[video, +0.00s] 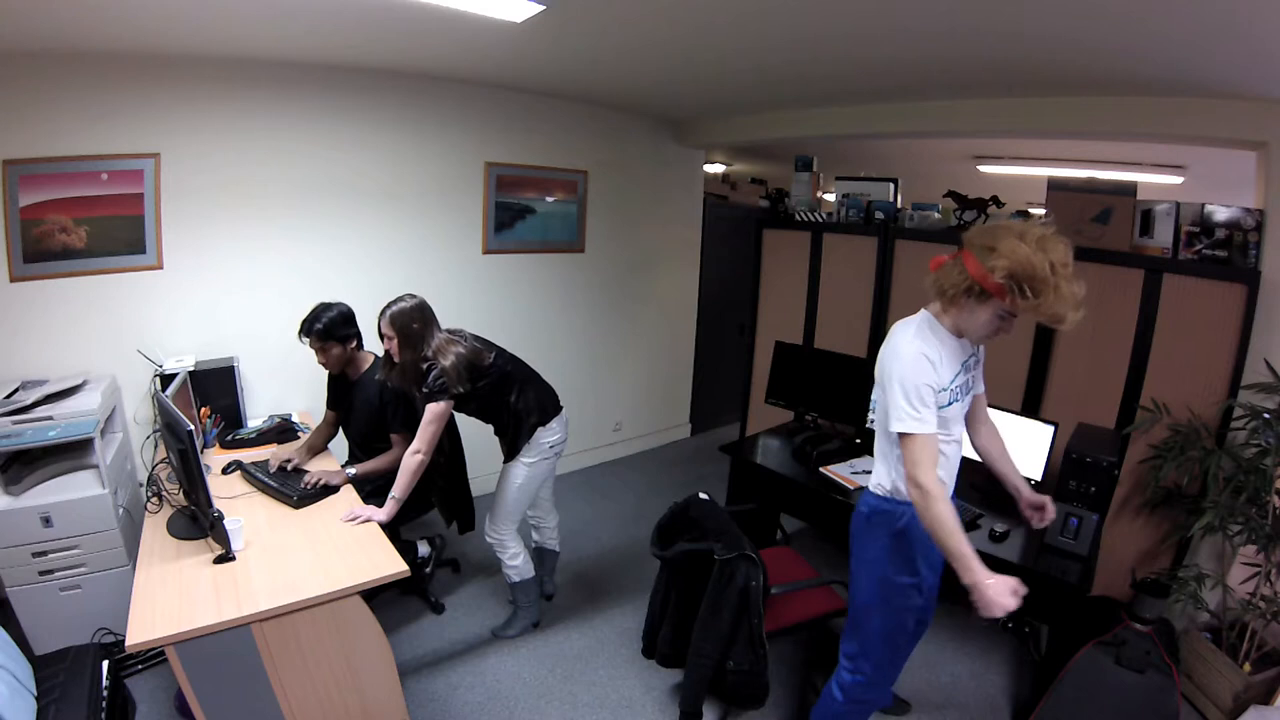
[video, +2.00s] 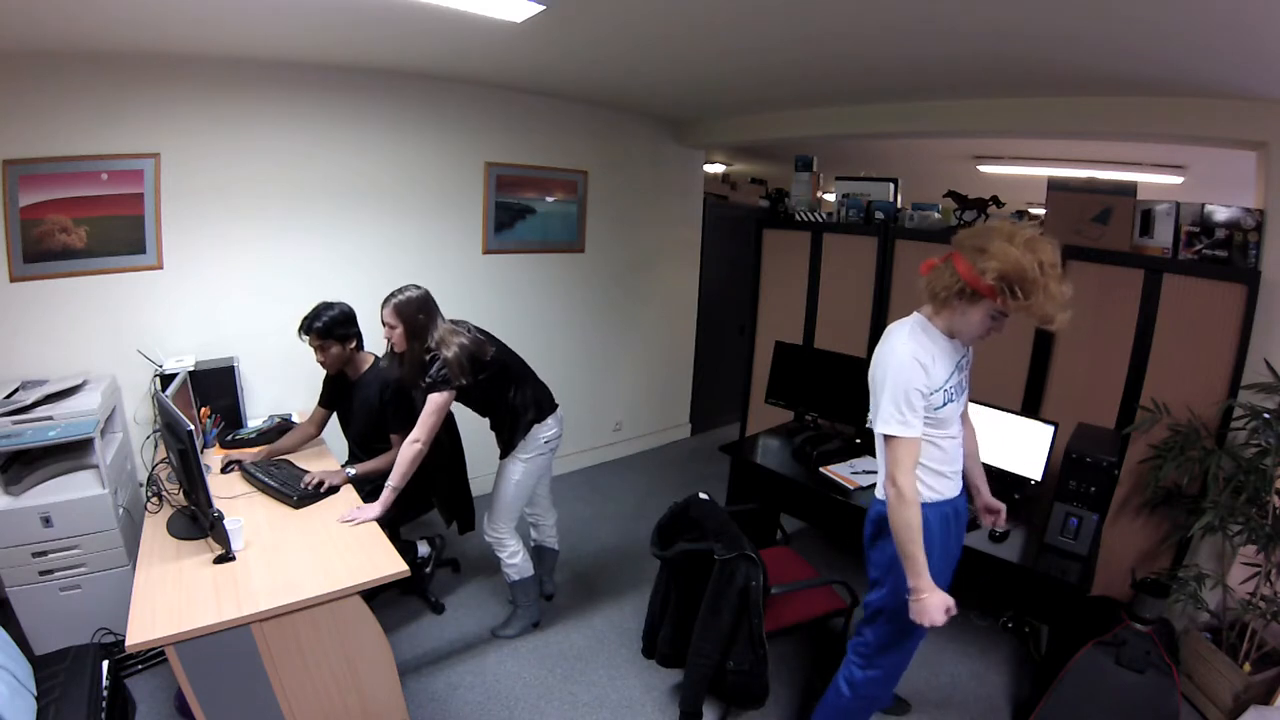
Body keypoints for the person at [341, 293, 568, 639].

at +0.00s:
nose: (385, 346)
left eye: (389, 339)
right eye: (384, 338)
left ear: (412, 337)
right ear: (420, 330)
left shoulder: (442, 370)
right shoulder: (449, 340)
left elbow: (420, 451)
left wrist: (388, 509)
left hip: (537, 433)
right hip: (546, 420)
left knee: (500, 530)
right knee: (542, 507)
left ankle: (527, 609)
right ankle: (546, 581)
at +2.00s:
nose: (386, 335)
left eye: (391, 327)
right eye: (385, 326)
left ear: (416, 324)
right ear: (421, 320)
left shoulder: (447, 357)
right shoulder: (451, 331)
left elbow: (418, 442)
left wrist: (382, 503)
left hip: (532, 429)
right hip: (540, 418)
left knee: (499, 528)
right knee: (539, 505)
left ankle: (527, 608)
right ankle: (545, 580)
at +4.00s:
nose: (387, 328)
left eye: (390, 320)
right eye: (386, 320)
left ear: (413, 318)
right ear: (422, 314)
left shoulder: (444, 353)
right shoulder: (454, 326)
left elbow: (414, 436)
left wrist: (371, 500)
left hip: (528, 431)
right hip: (540, 419)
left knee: (494, 529)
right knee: (539, 507)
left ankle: (527, 607)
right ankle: (545, 581)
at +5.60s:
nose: (388, 332)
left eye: (392, 323)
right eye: (387, 323)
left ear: (417, 321)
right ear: (424, 317)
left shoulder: (447, 355)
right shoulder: (456, 329)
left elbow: (415, 438)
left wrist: (372, 500)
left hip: (530, 432)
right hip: (542, 419)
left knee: (495, 529)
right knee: (540, 505)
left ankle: (527, 607)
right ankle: (545, 581)